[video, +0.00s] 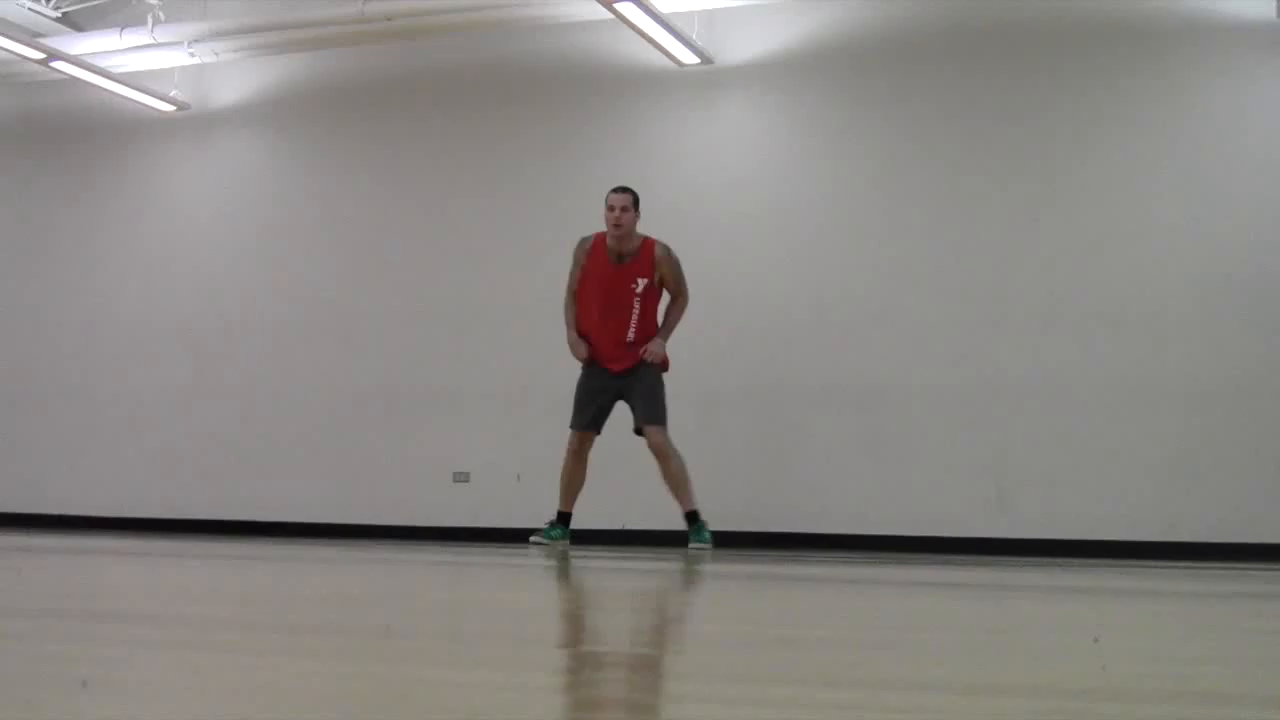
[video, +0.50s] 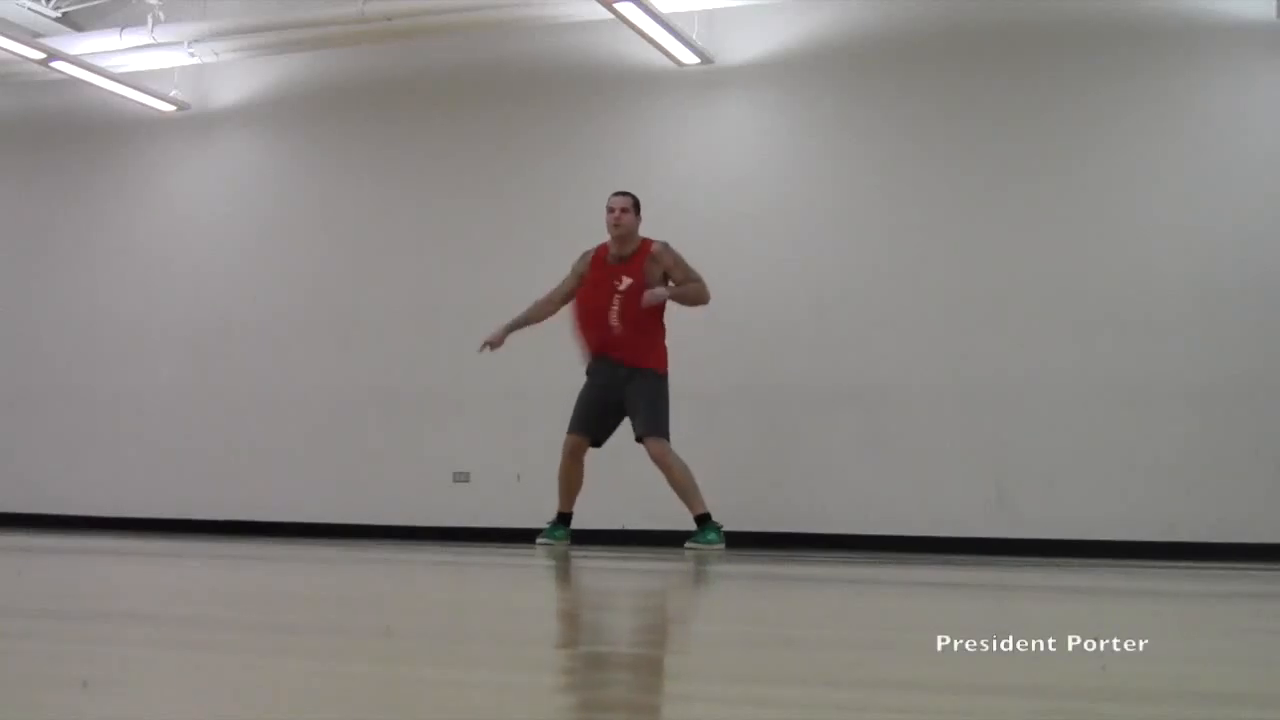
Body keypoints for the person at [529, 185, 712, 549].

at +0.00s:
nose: (616, 216)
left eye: (624, 210)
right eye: (611, 209)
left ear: (637, 216)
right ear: (604, 214)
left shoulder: (659, 256)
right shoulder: (587, 249)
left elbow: (679, 296)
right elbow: (572, 294)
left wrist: (661, 339)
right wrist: (573, 336)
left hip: (642, 365)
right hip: (598, 364)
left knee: (657, 440)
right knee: (578, 441)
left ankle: (695, 523)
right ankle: (561, 524)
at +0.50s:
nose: (616, 216)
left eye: (624, 211)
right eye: (611, 211)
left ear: (638, 219)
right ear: (604, 219)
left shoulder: (658, 254)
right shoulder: (589, 262)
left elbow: (700, 293)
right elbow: (552, 301)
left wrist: (667, 293)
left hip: (646, 371)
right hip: (605, 369)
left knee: (657, 448)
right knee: (573, 445)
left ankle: (707, 526)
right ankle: (561, 524)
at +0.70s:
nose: (615, 214)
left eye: (623, 208)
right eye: (610, 208)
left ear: (636, 216)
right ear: (603, 215)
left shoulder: (653, 258)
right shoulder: (589, 254)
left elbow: (699, 295)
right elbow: (559, 286)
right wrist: (514, 285)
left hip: (646, 368)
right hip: (605, 365)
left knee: (662, 445)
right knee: (573, 442)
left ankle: (707, 525)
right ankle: (561, 524)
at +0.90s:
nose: (611, 213)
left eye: (620, 208)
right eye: (607, 207)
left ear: (635, 216)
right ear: (603, 214)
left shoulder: (652, 259)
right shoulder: (592, 248)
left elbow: (697, 295)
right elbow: (550, 256)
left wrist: (743, 324)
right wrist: (509, 238)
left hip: (644, 371)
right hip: (601, 369)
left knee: (662, 446)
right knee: (575, 446)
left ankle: (709, 527)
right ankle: (547, 521)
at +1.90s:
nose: (648, 207)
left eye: (655, 201)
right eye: (643, 201)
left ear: (671, 207)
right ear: (639, 208)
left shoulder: (691, 254)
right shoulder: (622, 237)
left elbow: (735, 281)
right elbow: (567, 221)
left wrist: (768, 297)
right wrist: (525, 202)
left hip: (669, 360)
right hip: (623, 356)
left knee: (671, 436)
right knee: (601, 428)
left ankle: (678, 523)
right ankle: (595, 513)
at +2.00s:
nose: (652, 206)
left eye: (660, 200)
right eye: (647, 200)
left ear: (675, 206)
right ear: (642, 207)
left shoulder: (694, 246)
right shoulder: (630, 236)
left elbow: (747, 269)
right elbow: (582, 225)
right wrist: (582, 199)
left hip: (678, 356)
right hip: (635, 350)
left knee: (675, 436)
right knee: (632, 403)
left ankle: (676, 521)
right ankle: (621, 485)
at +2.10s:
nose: (660, 203)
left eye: (667, 197)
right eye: (655, 197)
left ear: (682, 203)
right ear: (649, 204)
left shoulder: (699, 240)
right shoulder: (635, 233)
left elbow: (739, 256)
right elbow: (583, 247)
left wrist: (704, 222)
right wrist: (618, 215)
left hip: (682, 347)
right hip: (640, 338)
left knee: (677, 438)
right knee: (667, 375)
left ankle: (647, 517)